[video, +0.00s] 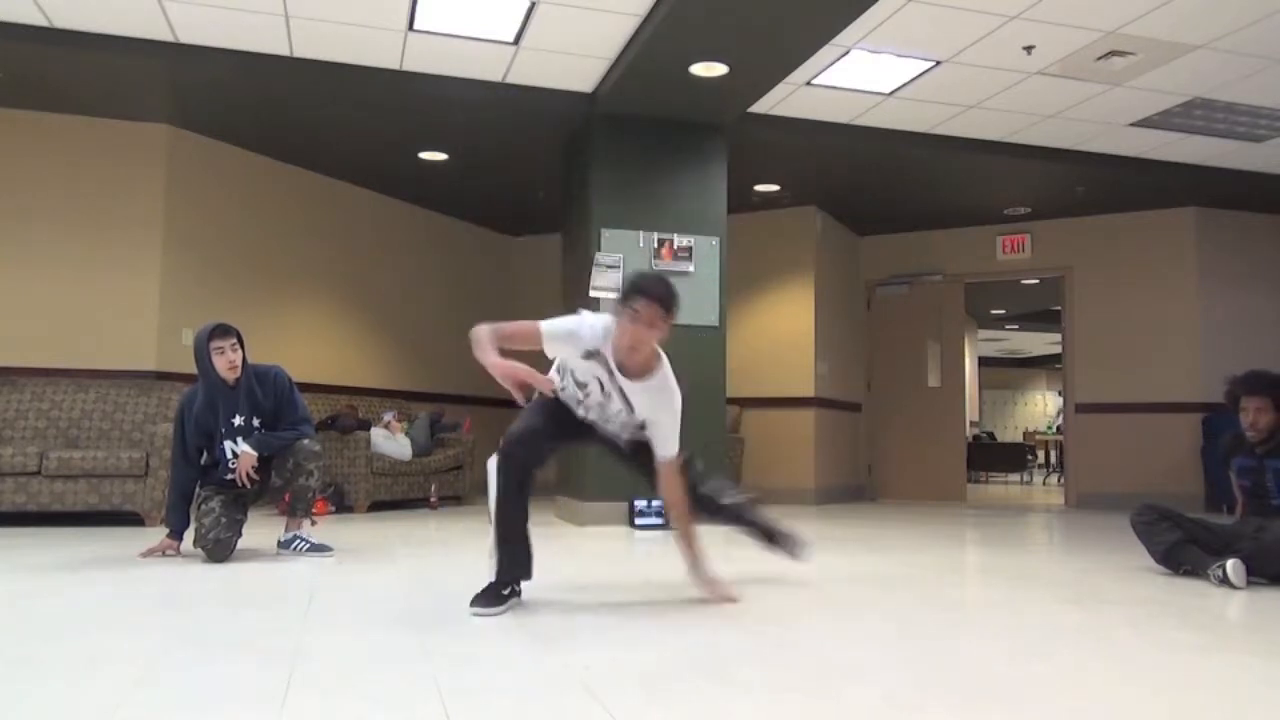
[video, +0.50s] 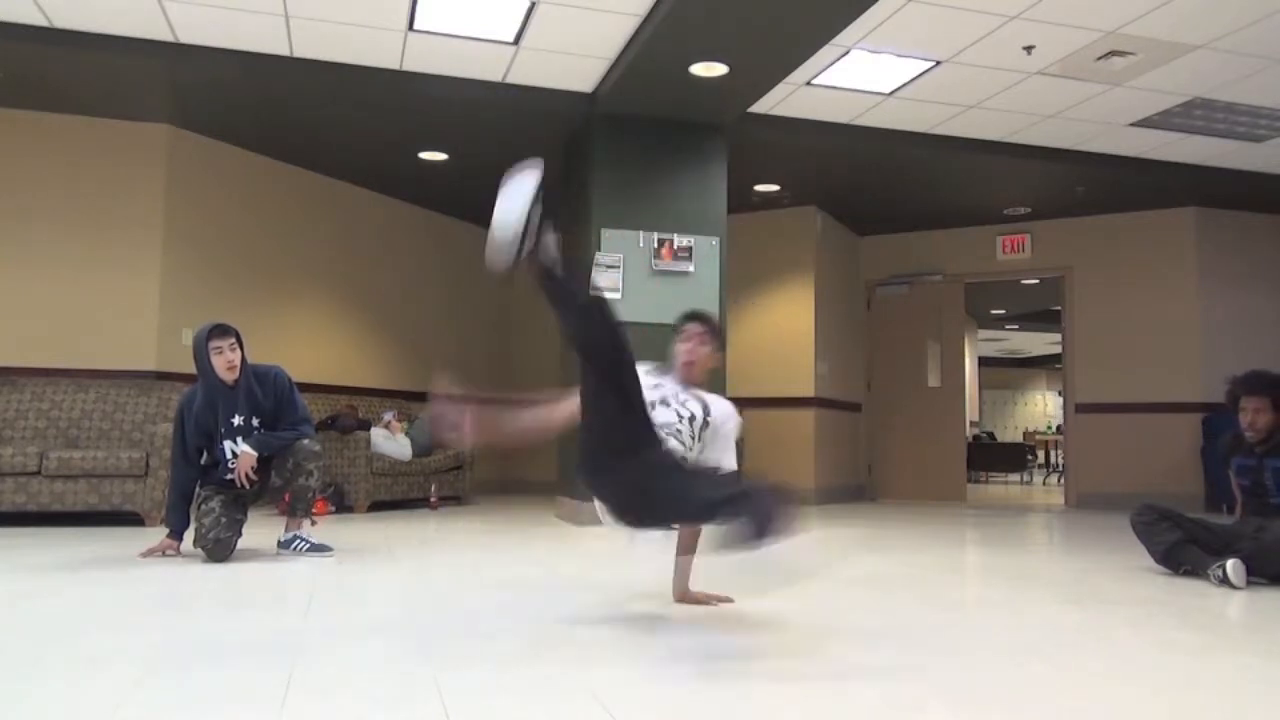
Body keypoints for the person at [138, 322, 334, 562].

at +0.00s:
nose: (231, 358)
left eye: (234, 349)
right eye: (220, 352)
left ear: (243, 351)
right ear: (205, 360)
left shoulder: (272, 380)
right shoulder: (194, 403)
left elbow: (304, 430)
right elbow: (184, 470)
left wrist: (256, 445)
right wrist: (174, 535)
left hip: (267, 476)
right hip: (221, 488)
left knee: (308, 450)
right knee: (215, 549)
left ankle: (292, 534)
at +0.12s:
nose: (230, 358)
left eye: (234, 349)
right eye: (220, 352)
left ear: (243, 351)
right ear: (205, 360)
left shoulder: (272, 380)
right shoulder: (194, 403)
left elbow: (304, 430)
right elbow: (184, 470)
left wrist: (256, 445)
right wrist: (174, 535)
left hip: (267, 476)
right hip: (221, 488)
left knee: (308, 450)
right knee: (215, 549)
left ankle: (292, 534)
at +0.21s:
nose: (230, 357)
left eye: (234, 348)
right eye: (219, 352)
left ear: (243, 351)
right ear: (205, 360)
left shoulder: (272, 380)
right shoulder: (194, 403)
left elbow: (304, 430)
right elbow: (184, 470)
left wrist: (256, 445)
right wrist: (174, 535)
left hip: (267, 476)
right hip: (221, 488)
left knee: (308, 450)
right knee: (215, 549)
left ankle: (292, 534)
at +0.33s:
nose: (230, 357)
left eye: (234, 348)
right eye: (219, 352)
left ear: (242, 350)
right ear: (205, 360)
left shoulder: (272, 380)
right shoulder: (193, 404)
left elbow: (304, 430)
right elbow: (184, 471)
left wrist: (255, 445)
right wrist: (174, 535)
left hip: (267, 476)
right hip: (221, 488)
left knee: (308, 450)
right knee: (215, 549)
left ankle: (292, 534)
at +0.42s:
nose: (230, 357)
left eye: (233, 348)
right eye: (219, 352)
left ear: (242, 351)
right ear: (205, 360)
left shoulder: (272, 380)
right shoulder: (193, 404)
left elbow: (304, 430)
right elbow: (184, 471)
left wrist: (255, 445)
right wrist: (174, 535)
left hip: (267, 476)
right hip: (221, 488)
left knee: (308, 450)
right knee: (215, 549)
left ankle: (292, 534)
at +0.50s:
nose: (229, 357)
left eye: (233, 348)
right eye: (218, 352)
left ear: (242, 351)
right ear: (204, 360)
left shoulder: (272, 380)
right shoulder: (193, 404)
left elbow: (304, 430)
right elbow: (184, 471)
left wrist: (255, 445)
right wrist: (174, 535)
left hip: (267, 476)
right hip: (221, 488)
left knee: (308, 450)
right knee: (215, 549)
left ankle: (292, 534)